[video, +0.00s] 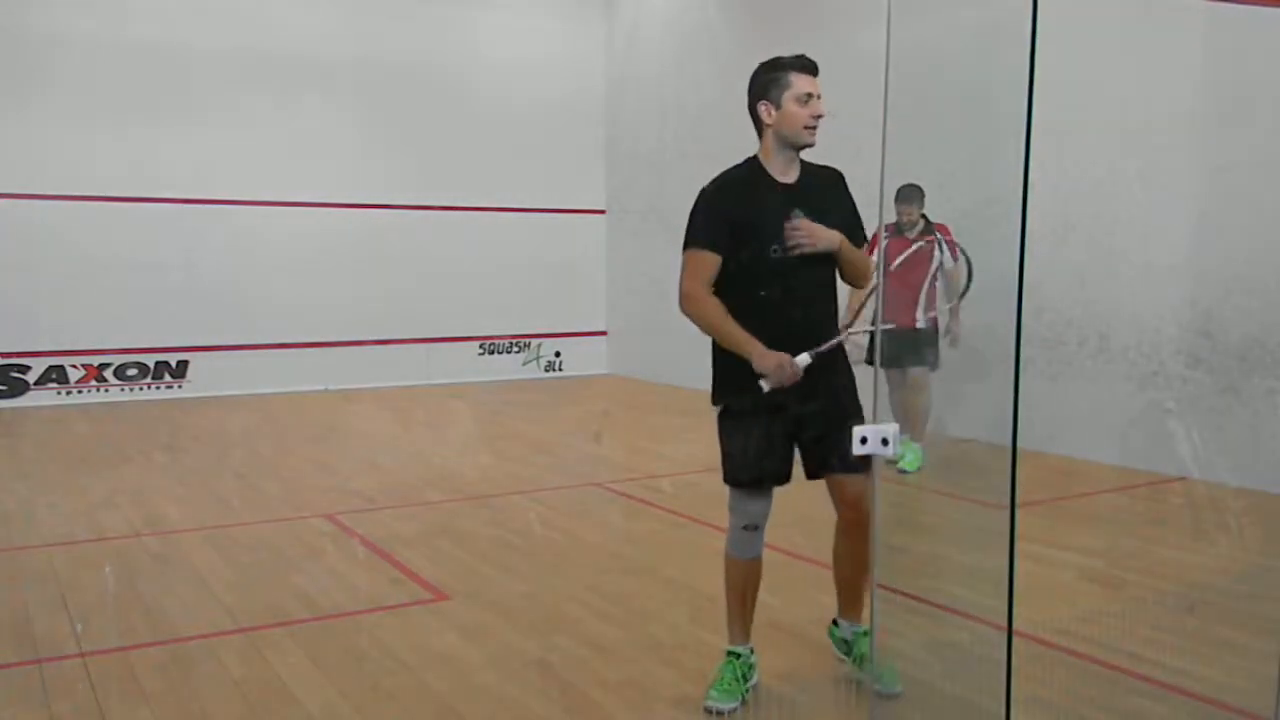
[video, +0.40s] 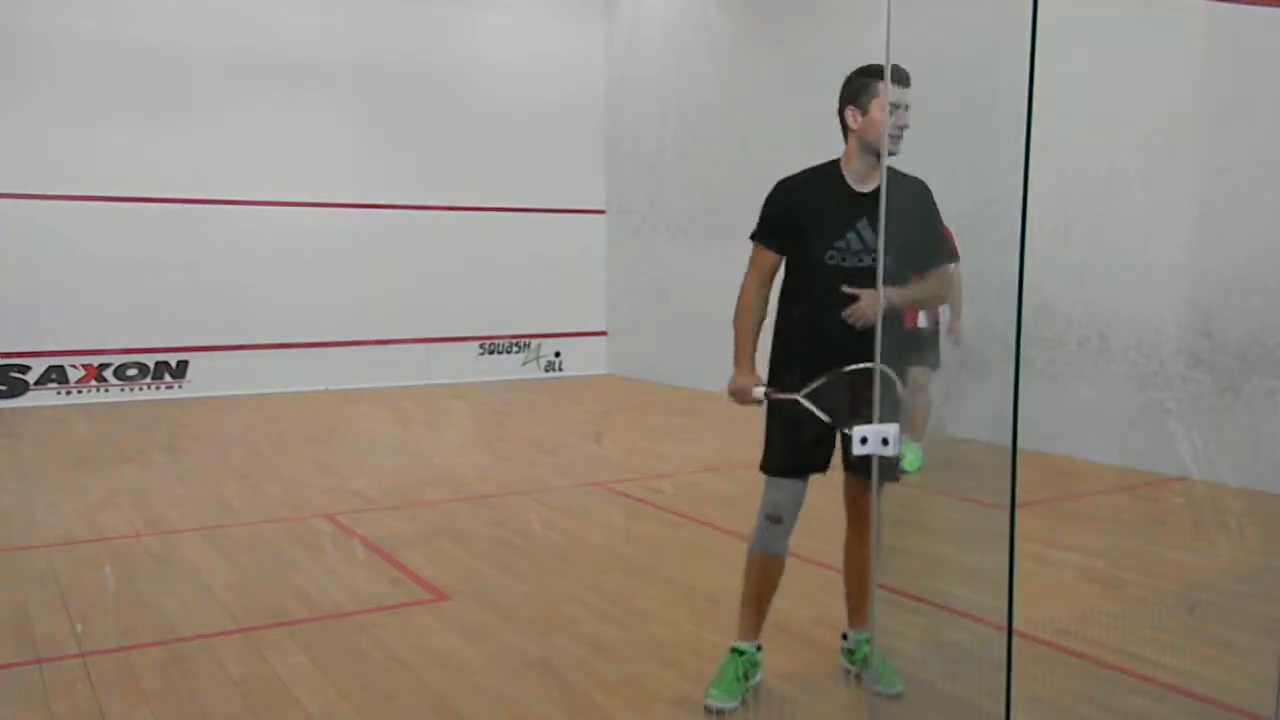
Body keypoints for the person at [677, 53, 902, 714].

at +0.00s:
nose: (819, 110)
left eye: (820, 100)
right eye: (806, 100)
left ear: (806, 113)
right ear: (766, 111)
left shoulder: (829, 186)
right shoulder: (723, 196)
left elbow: (865, 276)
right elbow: (693, 295)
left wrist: (836, 243)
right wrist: (756, 352)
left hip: (824, 370)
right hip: (749, 380)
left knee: (856, 500)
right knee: (748, 518)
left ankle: (851, 629)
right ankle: (739, 653)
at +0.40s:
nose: (901, 122)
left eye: (905, 111)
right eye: (890, 110)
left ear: (903, 120)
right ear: (851, 116)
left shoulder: (912, 196)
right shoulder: (796, 194)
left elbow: (945, 283)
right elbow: (757, 282)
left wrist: (888, 298)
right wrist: (744, 365)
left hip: (877, 380)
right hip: (801, 376)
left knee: (866, 510)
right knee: (776, 514)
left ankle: (859, 643)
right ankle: (745, 651)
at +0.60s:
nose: (902, 127)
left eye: (912, 117)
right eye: (891, 115)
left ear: (923, 124)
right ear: (864, 120)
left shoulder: (940, 202)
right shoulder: (820, 191)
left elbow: (951, 299)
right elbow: (787, 274)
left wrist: (892, 344)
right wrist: (768, 346)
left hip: (891, 382)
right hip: (817, 374)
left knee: (874, 513)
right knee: (798, 505)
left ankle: (858, 639)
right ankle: (793, 629)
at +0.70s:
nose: (877, 126)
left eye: (891, 116)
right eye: (868, 115)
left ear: (917, 122)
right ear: (858, 120)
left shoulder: (945, 202)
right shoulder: (829, 191)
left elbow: (956, 301)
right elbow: (800, 274)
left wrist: (899, 354)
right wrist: (779, 342)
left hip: (896, 378)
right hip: (827, 371)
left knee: (877, 507)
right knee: (814, 502)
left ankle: (860, 636)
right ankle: (838, 603)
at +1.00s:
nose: (836, 137)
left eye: (845, 124)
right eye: (837, 125)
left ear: (880, 126)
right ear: (871, 128)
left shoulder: (940, 198)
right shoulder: (855, 201)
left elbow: (967, 290)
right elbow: (845, 284)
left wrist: (952, 371)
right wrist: (808, 348)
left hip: (908, 375)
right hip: (857, 371)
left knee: (883, 495)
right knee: (876, 491)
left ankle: (859, 636)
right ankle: (936, 590)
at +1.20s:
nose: (837, 150)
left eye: (840, 138)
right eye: (836, 139)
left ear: (868, 136)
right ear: (870, 136)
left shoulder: (931, 194)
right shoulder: (873, 212)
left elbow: (966, 274)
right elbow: (869, 298)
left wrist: (886, 310)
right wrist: (840, 352)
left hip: (917, 368)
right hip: (885, 368)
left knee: (885, 489)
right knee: (914, 484)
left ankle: (876, 634)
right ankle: (954, 604)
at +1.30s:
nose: (841, 156)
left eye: (844, 144)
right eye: (840, 145)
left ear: (869, 139)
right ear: (874, 138)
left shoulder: (924, 195)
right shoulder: (889, 208)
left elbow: (929, 274)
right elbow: (898, 298)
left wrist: (853, 255)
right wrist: (861, 354)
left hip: (911, 370)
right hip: (897, 368)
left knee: (887, 493)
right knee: (924, 485)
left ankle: (881, 638)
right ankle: (957, 608)